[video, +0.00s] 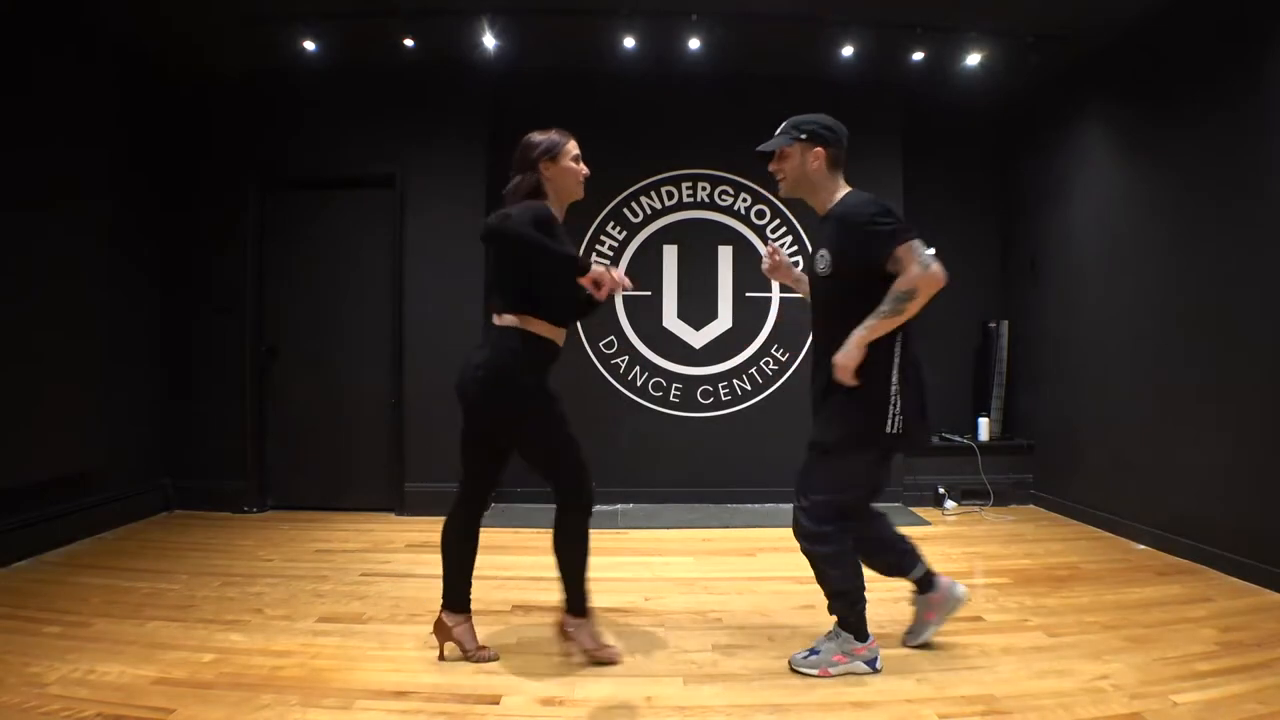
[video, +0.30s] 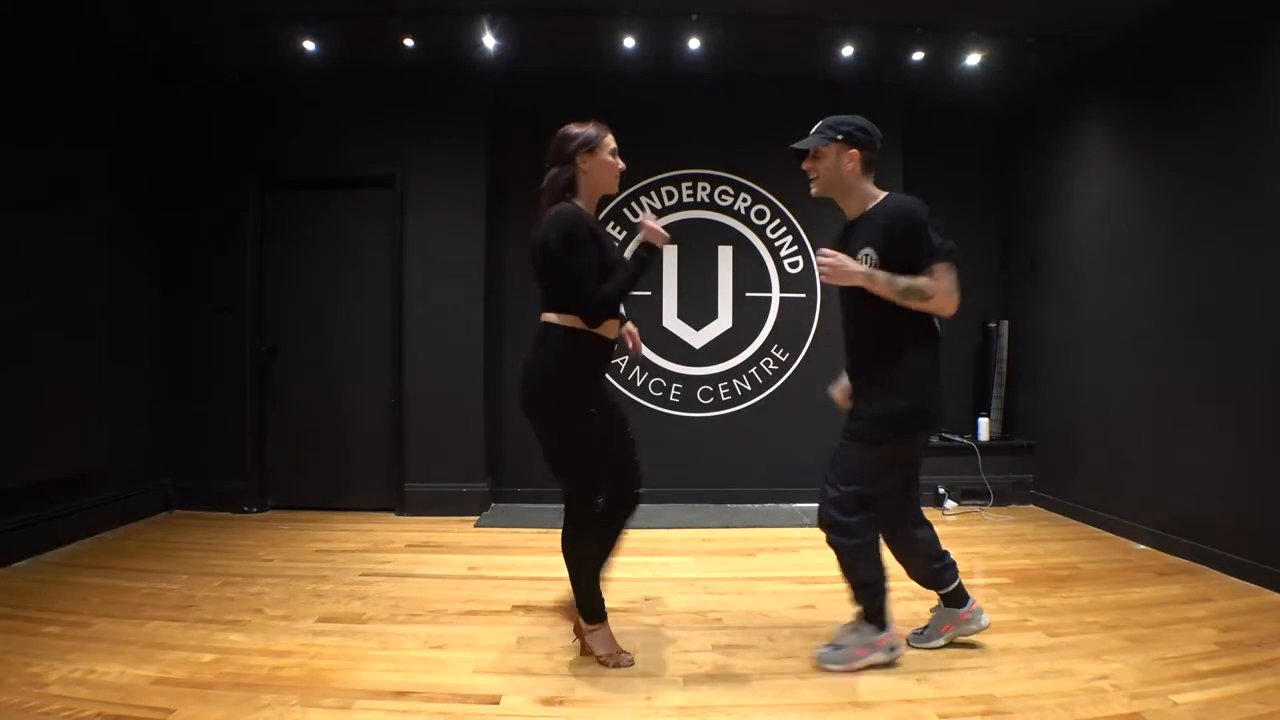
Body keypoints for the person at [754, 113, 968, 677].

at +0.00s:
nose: (774, 167)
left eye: (783, 156)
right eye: (774, 158)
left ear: (818, 157)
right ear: (813, 160)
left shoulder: (862, 214)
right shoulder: (833, 226)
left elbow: (928, 276)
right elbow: (845, 298)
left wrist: (859, 340)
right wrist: (795, 279)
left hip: (865, 400)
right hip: (847, 397)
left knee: (818, 515)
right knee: (841, 509)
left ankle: (853, 638)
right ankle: (932, 586)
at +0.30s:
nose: (807, 167)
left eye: (817, 155)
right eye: (807, 158)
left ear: (852, 158)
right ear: (841, 162)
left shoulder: (905, 215)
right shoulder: (847, 235)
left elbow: (946, 298)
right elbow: (877, 319)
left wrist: (862, 275)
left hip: (905, 398)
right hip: (878, 397)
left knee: (842, 506)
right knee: (896, 510)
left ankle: (874, 627)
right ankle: (957, 605)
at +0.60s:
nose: (832, 190)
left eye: (837, 175)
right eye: (828, 179)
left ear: (870, 163)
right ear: (862, 170)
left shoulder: (916, 221)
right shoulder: (883, 227)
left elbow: (978, 289)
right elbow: (893, 304)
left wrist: (919, 358)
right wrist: (843, 283)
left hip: (918, 402)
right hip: (882, 398)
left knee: (888, 512)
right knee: (873, 507)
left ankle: (903, 630)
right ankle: (962, 582)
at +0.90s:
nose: (843, 182)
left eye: (851, 169)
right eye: (840, 173)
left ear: (887, 163)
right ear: (870, 172)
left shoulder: (951, 220)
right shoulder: (876, 247)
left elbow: (1018, 284)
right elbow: (889, 312)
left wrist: (938, 272)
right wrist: (870, 358)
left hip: (947, 400)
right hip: (911, 402)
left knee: (873, 503)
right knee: (949, 502)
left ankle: (922, 623)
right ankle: (999, 606)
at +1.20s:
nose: (818, 154)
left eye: (829, 143)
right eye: (818, 145)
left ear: (865, 144)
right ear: (853, 149)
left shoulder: (904, 207)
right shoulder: (868, 219)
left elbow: (920, 301)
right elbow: (876, 311)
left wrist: (841, 343)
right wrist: (827, 350)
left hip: (929, 392)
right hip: (886, 391)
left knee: (927, 509)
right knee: (861, 496)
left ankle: (946, 640)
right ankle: (931, 588)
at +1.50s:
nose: (753, 151)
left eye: (762, 139)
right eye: (753, 141)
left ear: (797, 139)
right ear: (790, 143)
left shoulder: (831, 202)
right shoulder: (802, 219)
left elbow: (895, 267)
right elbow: (794, 313)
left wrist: (809, 310)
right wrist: (722, 295)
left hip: (851, 403)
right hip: (812, 403)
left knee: (872, 520)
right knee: (793, 522)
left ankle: (939, 631)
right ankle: (758, 639)